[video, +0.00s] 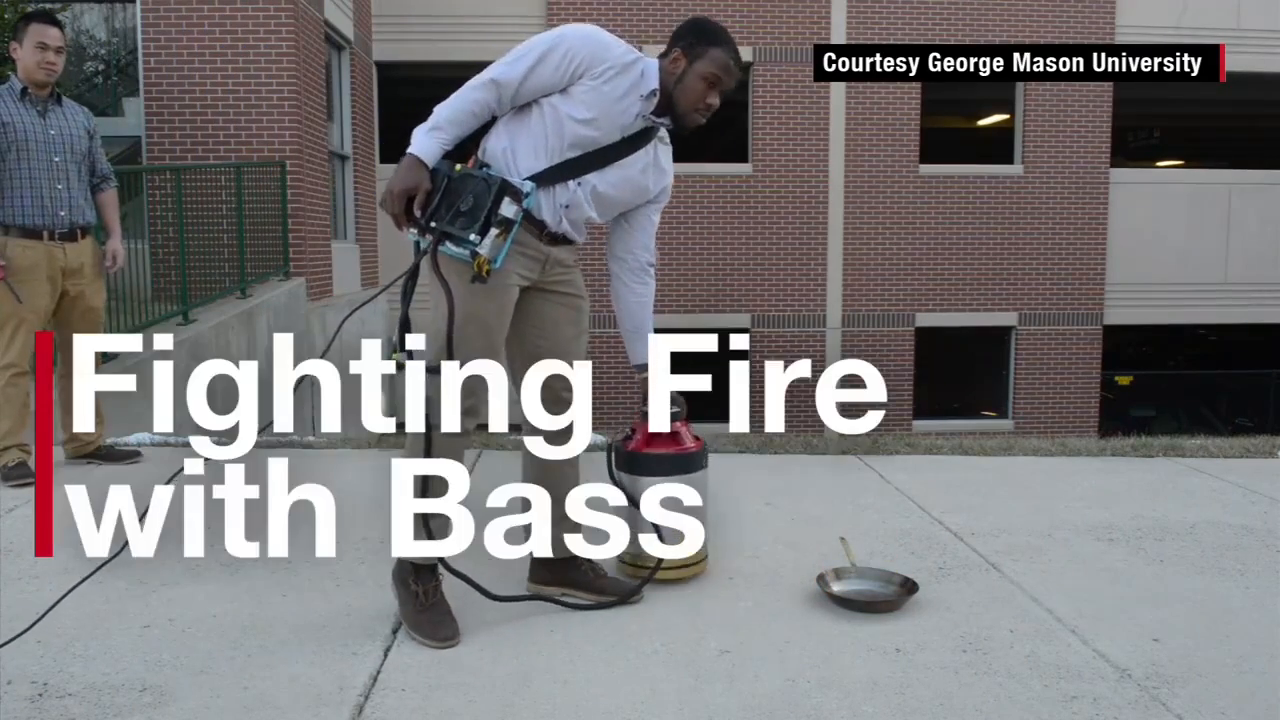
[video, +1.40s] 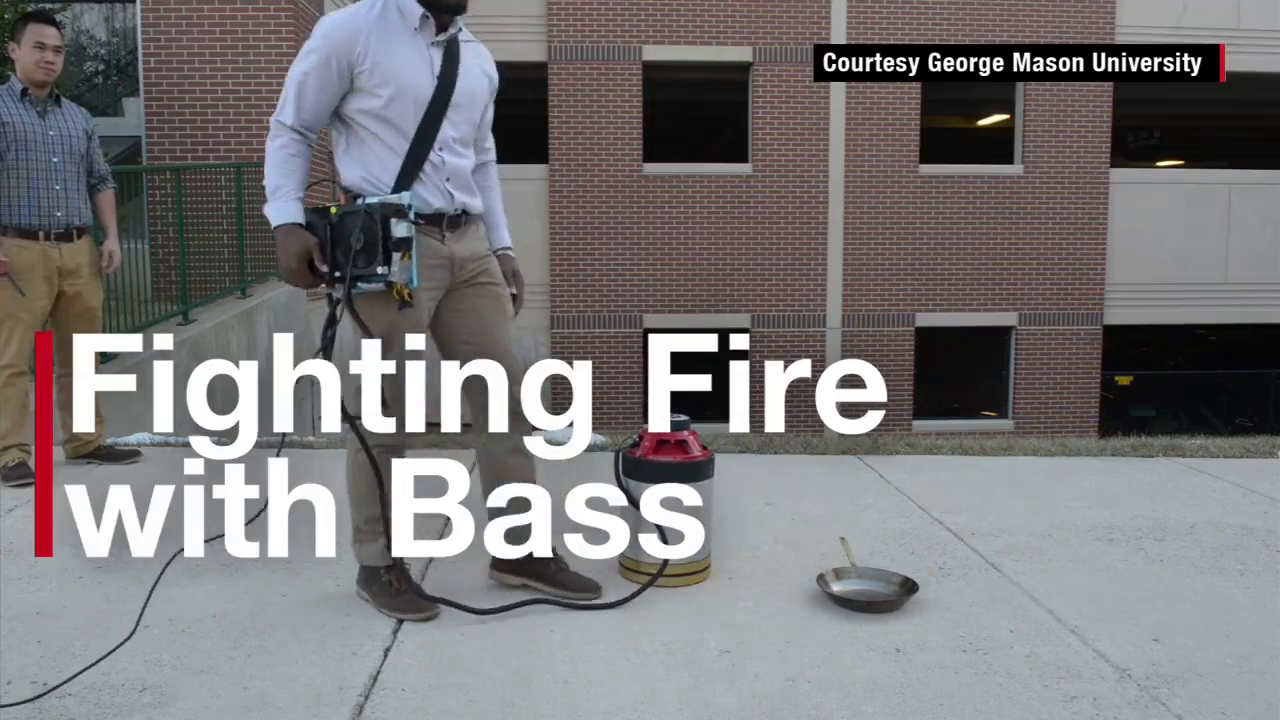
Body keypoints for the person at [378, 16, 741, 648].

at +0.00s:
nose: (713, 105)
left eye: (724, 98)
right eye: (710, 85)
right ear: (674, 59)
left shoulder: (655, 171)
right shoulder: (593, 52)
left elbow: (635, 271)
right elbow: (491, 89)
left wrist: (651, 369)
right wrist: (418, 158)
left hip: (556, 258)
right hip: (484, 231)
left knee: (558, 411)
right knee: (465, 408)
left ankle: (555, 557)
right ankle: (419, 565)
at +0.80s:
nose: (668, 42)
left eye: (678, 33)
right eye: (659, 25)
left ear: (680, 37)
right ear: (623, 14)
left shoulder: (641, 134)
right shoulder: (546, 38)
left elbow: (631, 234)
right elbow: (455, 95)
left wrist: (644, 327)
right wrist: (401, 175)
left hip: (554, 255)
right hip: (479, 237)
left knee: (554, 409)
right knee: (455, 409)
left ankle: (557, 556)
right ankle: (401, 556)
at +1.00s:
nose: (611, 9)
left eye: (615, 3)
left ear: (613, 17)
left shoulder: (605, 103)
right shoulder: (490, 32)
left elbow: (601, 203)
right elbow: (410, 108)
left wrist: (608, 287)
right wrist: (374, 195)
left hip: (542, 252)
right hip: (464, 243)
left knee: (548, 408)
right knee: (442, 409)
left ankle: (555, 554)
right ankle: (386, 555)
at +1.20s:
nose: (527, 0)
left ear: (534, 6)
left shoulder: (542, 83)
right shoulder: (412, 36)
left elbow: (546, 185)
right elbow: (346, 124)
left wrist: (560, 266)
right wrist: (329, 212)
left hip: (514, 251)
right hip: (427, 248)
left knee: (532, 410)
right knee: (411, 414)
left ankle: (555, 553)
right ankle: (383, 562)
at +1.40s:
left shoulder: (478, 60)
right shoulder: (351, 30)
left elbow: (483, 160)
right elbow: (291, 127)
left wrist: (501, 247)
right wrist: (286, 222)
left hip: (468, 245)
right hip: (387, 248)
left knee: (500, 399)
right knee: (386, 413)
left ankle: (521, 547)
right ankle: (380, 563)